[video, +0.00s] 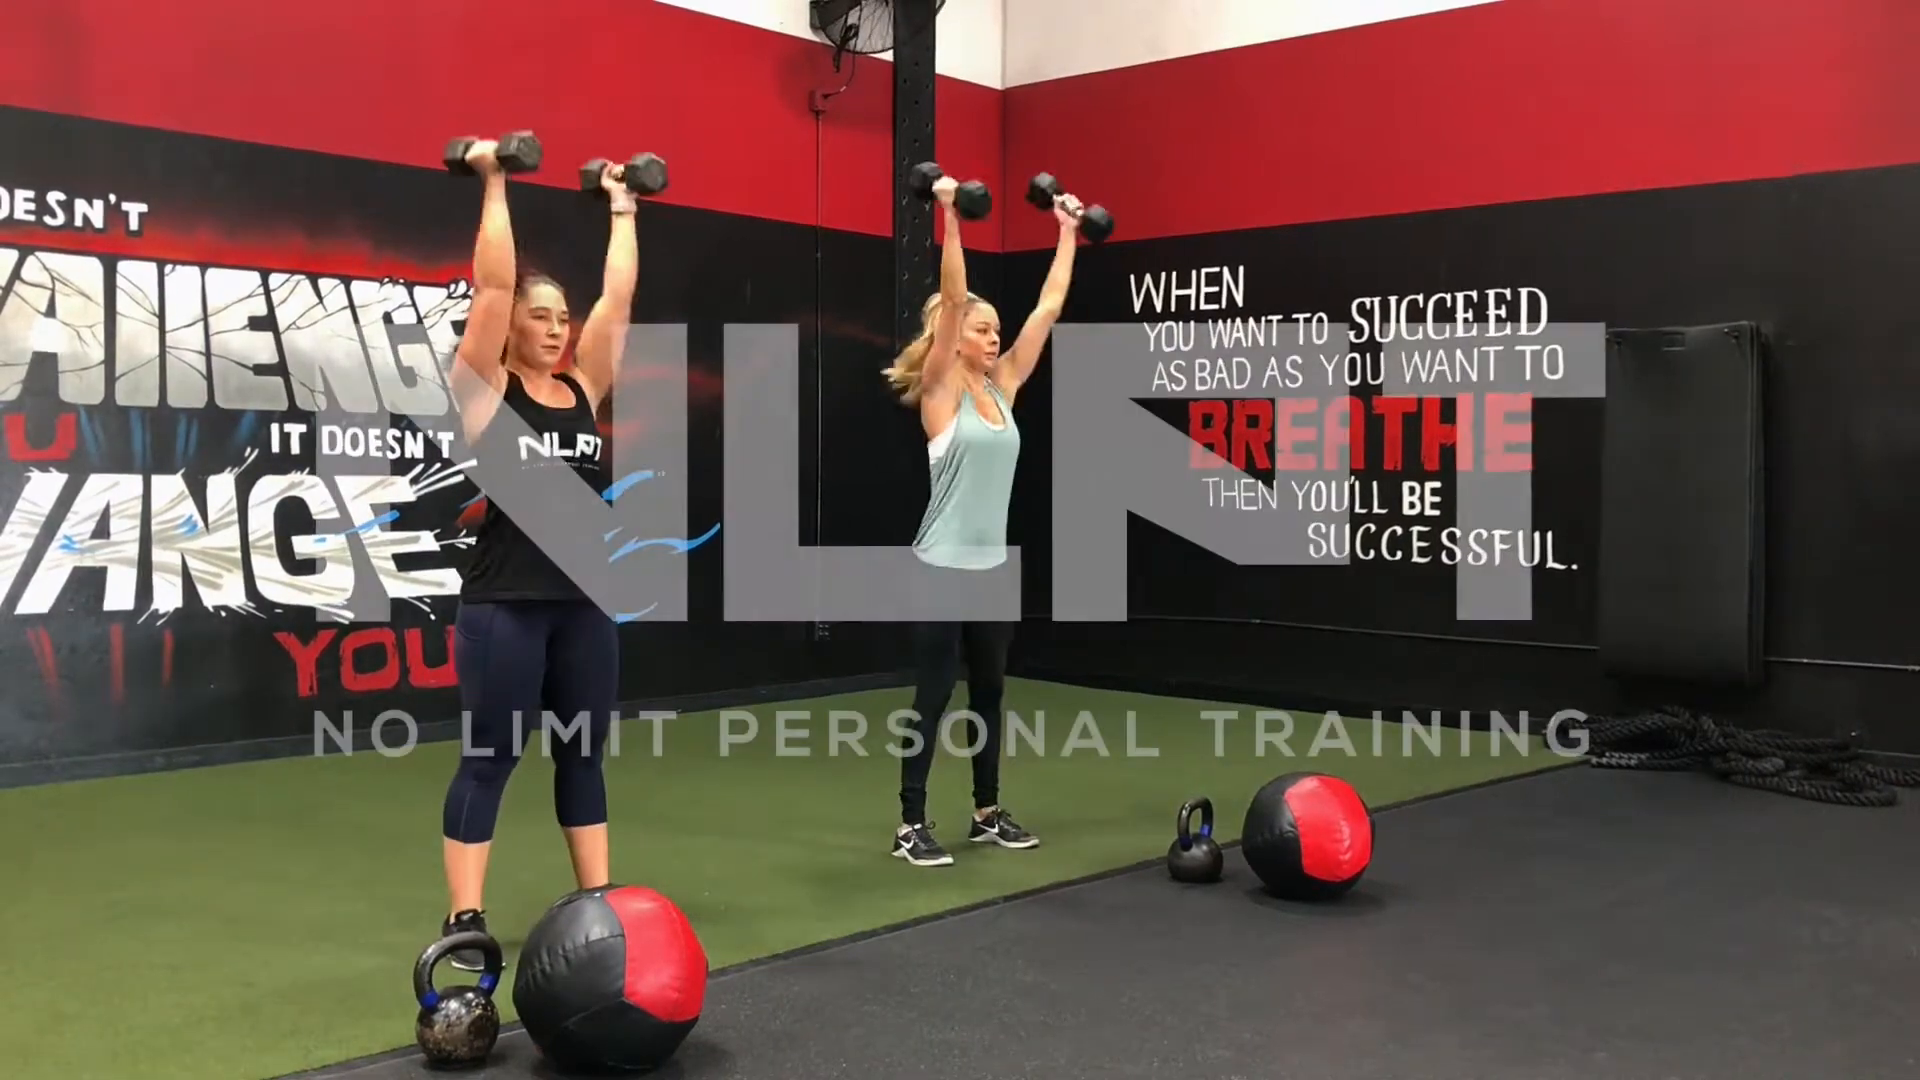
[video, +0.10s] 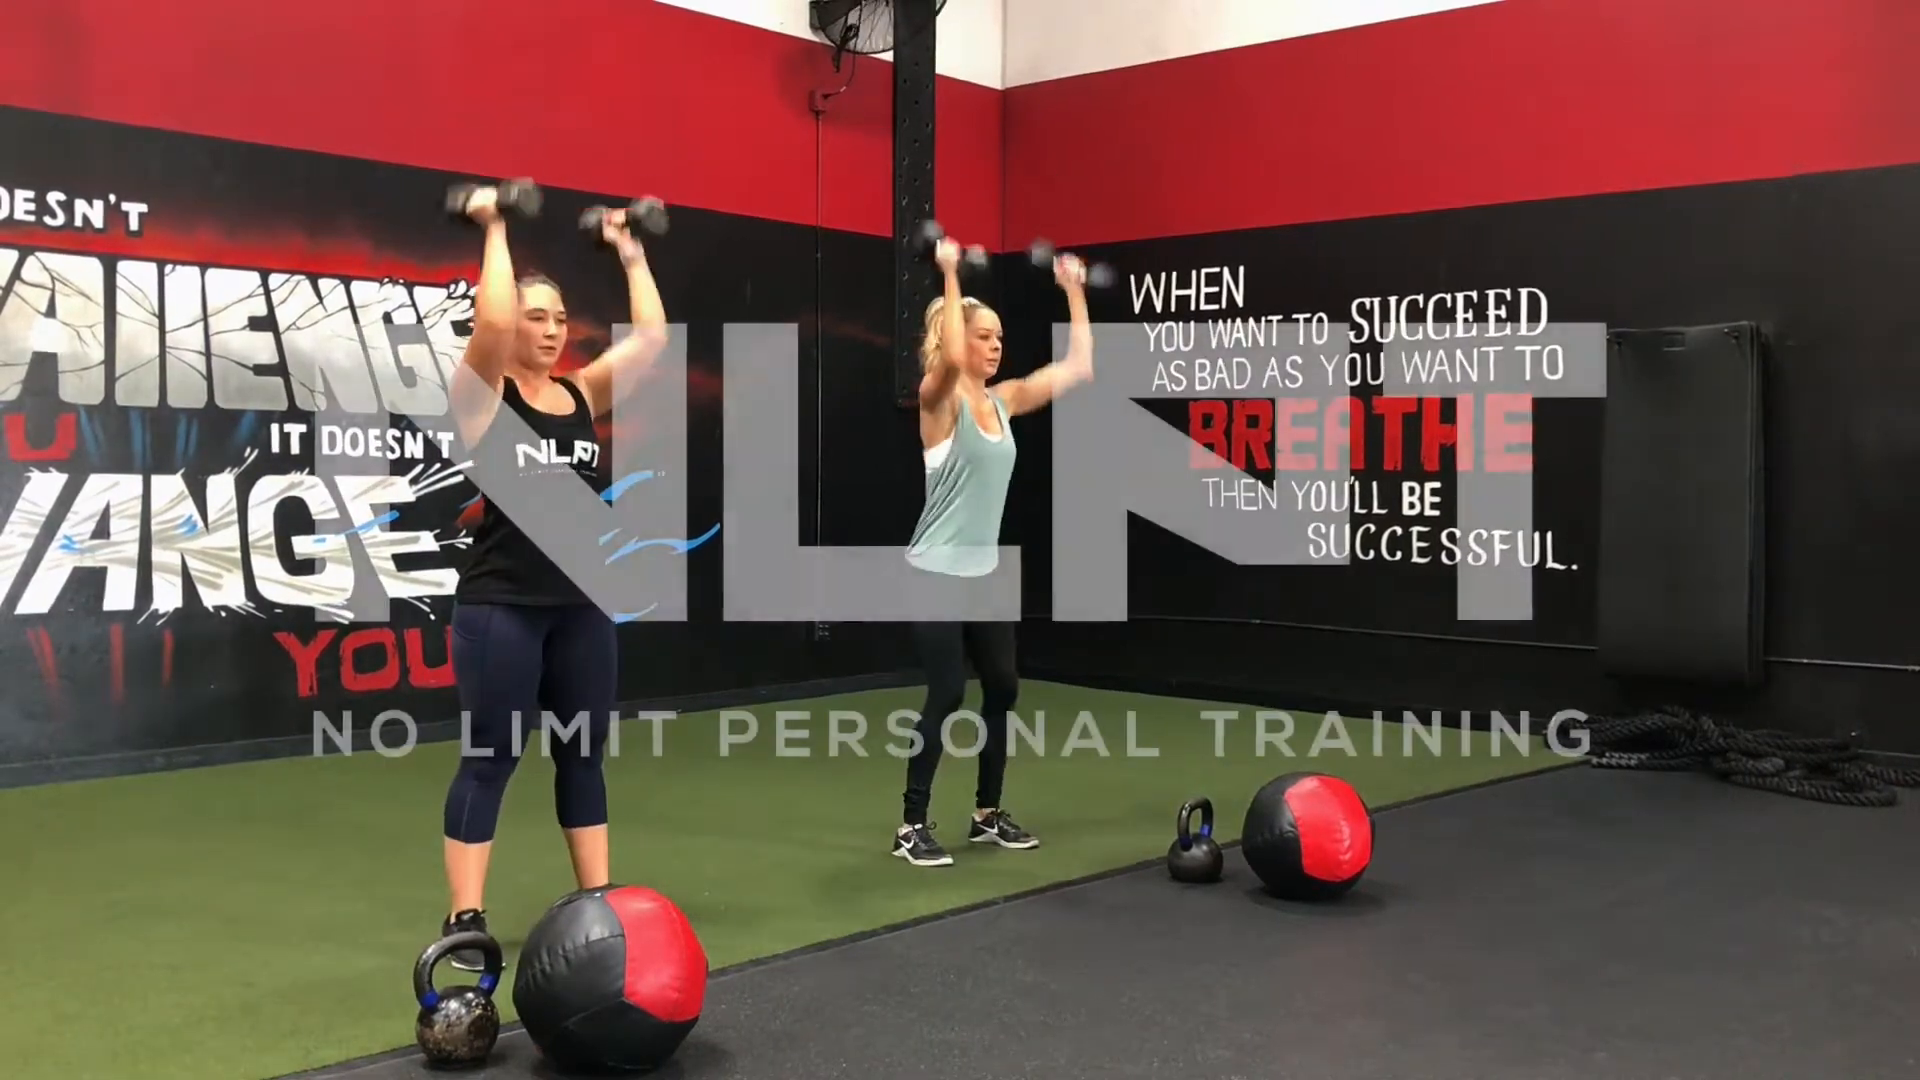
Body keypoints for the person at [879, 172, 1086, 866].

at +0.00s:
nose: (991, 336)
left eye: (994, 329)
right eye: (979, 327)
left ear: (998, 339)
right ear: (950, 332)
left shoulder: (1001, 387)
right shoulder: (943, 391)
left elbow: (1049, 307)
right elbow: (953, 299)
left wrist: (1068, 231)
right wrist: (947, 209)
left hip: (994, 571)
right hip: (938, 570)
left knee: (990, 693)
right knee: (933, 693)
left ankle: (987, 813)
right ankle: (913, 824)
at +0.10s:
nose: (996, 345)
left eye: (998, 337)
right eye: (984, 336)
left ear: (1000, 346)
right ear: (955, 343)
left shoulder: (1003, 398)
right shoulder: (942, 401)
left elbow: (1077, 367)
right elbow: (946, 355)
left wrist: (1075, 293)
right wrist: (950, 277)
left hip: (987, 575)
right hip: (934, 575)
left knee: (1002, 687)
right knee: (945, 691)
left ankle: (988, 814)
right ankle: (913, 826)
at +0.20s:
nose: (1002, 387)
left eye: (1004, 377)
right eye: (990, 378)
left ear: (1006, 386)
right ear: (961, 384)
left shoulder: (1005, 448)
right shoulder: (942, 443)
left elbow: (1079, 482)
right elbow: (959, 491)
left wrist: (1069, 413)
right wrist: (953, 414)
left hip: (969, 607)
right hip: (917, 606)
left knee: (1024, 700)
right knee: (958, 710)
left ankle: (989, 815)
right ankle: (914, 827)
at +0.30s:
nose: (1013, 458)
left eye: (1014, 448)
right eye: (1002, 448)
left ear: (1010, 460)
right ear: (970, 458)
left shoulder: (1009, 521)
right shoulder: (946, 517)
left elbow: (1059, 590)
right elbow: (958, 601)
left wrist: (1060, 522)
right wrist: (953, 518)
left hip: (957, 652)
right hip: (903, 654)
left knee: (1036, 710)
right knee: (962, 724)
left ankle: (990, 814)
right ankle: (916, 828)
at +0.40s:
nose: (1018, 509)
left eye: (1019, 500)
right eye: (1006, 501)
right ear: (976, 512)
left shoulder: (1013, 569)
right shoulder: (948, 565)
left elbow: (1052, 650)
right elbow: (952, 662)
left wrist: (1054, 580)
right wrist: (950, 578)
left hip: (949, 685)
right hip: (893, 683)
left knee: (1037, 712)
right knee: (960, 727)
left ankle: (989, 817)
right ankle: (915, 831)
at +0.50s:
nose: (1016, 502)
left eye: (1017, 493)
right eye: (1003, 494)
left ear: (1021, 500)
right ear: (975, 505)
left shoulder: (1014, 561)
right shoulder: (948, 556)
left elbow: (1052, 642)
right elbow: (949, 651)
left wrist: (1054, 574)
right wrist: (948, 569)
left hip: (947, 683)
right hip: (893, 678)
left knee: (1038, 711)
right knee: (959, 726)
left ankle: (990, 816)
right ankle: (915, 830)